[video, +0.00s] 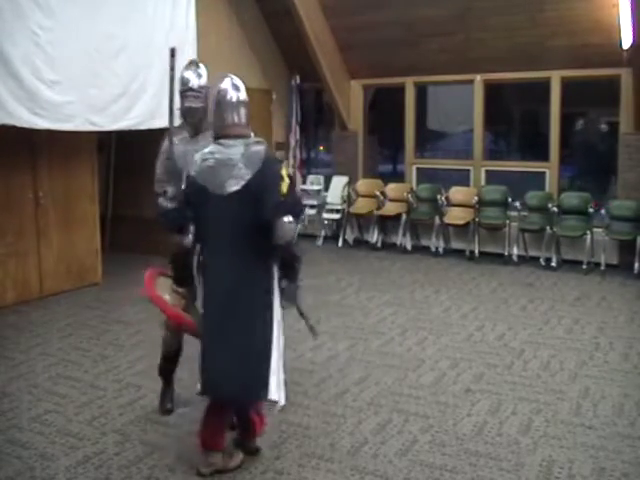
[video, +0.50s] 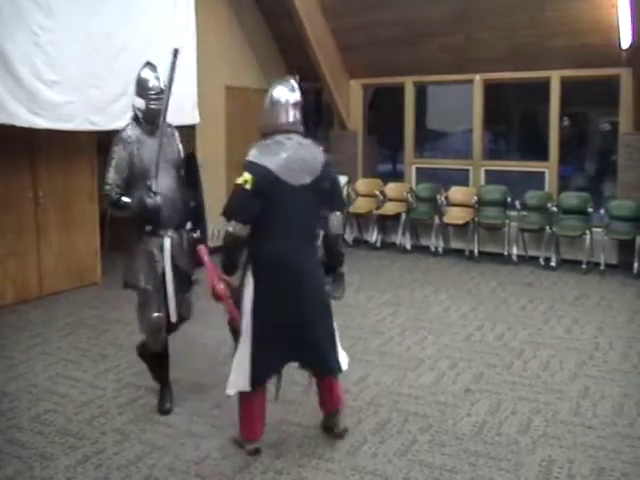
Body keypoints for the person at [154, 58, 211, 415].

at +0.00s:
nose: (192, 102)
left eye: (198, 95)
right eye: (187, 95)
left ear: (210, 100)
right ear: (179, 99)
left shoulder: (221, 142)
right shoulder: (171, 143)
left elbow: (233, 183)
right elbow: (164, 188)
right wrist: (176, 212)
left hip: (219, 231)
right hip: (184, 232)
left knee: (216, 307)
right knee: (179, 305)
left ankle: (216, 377)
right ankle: (167, 383)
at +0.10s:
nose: (182, 108)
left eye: (187, 102)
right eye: (177, 102)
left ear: (195, 105)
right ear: (170, 107)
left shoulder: (209, 142)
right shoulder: (158, 145)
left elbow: (219, 182)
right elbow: (146, 192)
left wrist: (205, 210)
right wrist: (166, 214)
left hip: (206, 229)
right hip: (170, 231)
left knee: (205, 296)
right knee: (169, 302)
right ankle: (166, 382)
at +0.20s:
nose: (173, 108)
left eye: (178, 102)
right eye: (167, 102)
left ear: (185, 104)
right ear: (158, 105)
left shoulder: (200, 143)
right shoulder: (147, 146)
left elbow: (214, 188)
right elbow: (131, 197)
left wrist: (201, 217)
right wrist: (157, 215)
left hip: (200, 240)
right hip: (162, 241)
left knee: (204, 312)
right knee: (162, 317)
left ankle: (220, 379)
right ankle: (165, 388)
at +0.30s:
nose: (164, 104)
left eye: (169, 98)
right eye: (158, 98)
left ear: (177, 99)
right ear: (149, 101)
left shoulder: (190, 136)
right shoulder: (139, 143)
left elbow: (208, 180)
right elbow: (122, 194)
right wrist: (146, 211)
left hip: (198, 235)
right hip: (159, 239)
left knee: (204, 312)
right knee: (159, 318)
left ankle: (213, 385)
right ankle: (165, 387)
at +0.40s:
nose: (160, 102)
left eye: (164, 95)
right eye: (154, 96)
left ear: (170, 98)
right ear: (144, 99)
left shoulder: (181, 135)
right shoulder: (134, 140)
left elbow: (195, 185)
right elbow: (116, 193)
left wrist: (199, 227)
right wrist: (144, 210)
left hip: (186, 237)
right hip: (151, 240)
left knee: (194, 308)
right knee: (157, 317)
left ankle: (184, 367)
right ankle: (165, 386)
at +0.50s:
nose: (156, 102)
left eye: (160, 96)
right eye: (149, 96)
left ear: (166, 98)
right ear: (138, 98)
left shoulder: (174, 136)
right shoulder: (128, 140)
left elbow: (191, 185)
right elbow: (111, 194)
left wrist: (198, 224)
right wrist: (138, 206)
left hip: (179, 236)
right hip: (145, 239)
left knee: (182, 311)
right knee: (155, 320)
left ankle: (151, 345)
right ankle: (165, 386)